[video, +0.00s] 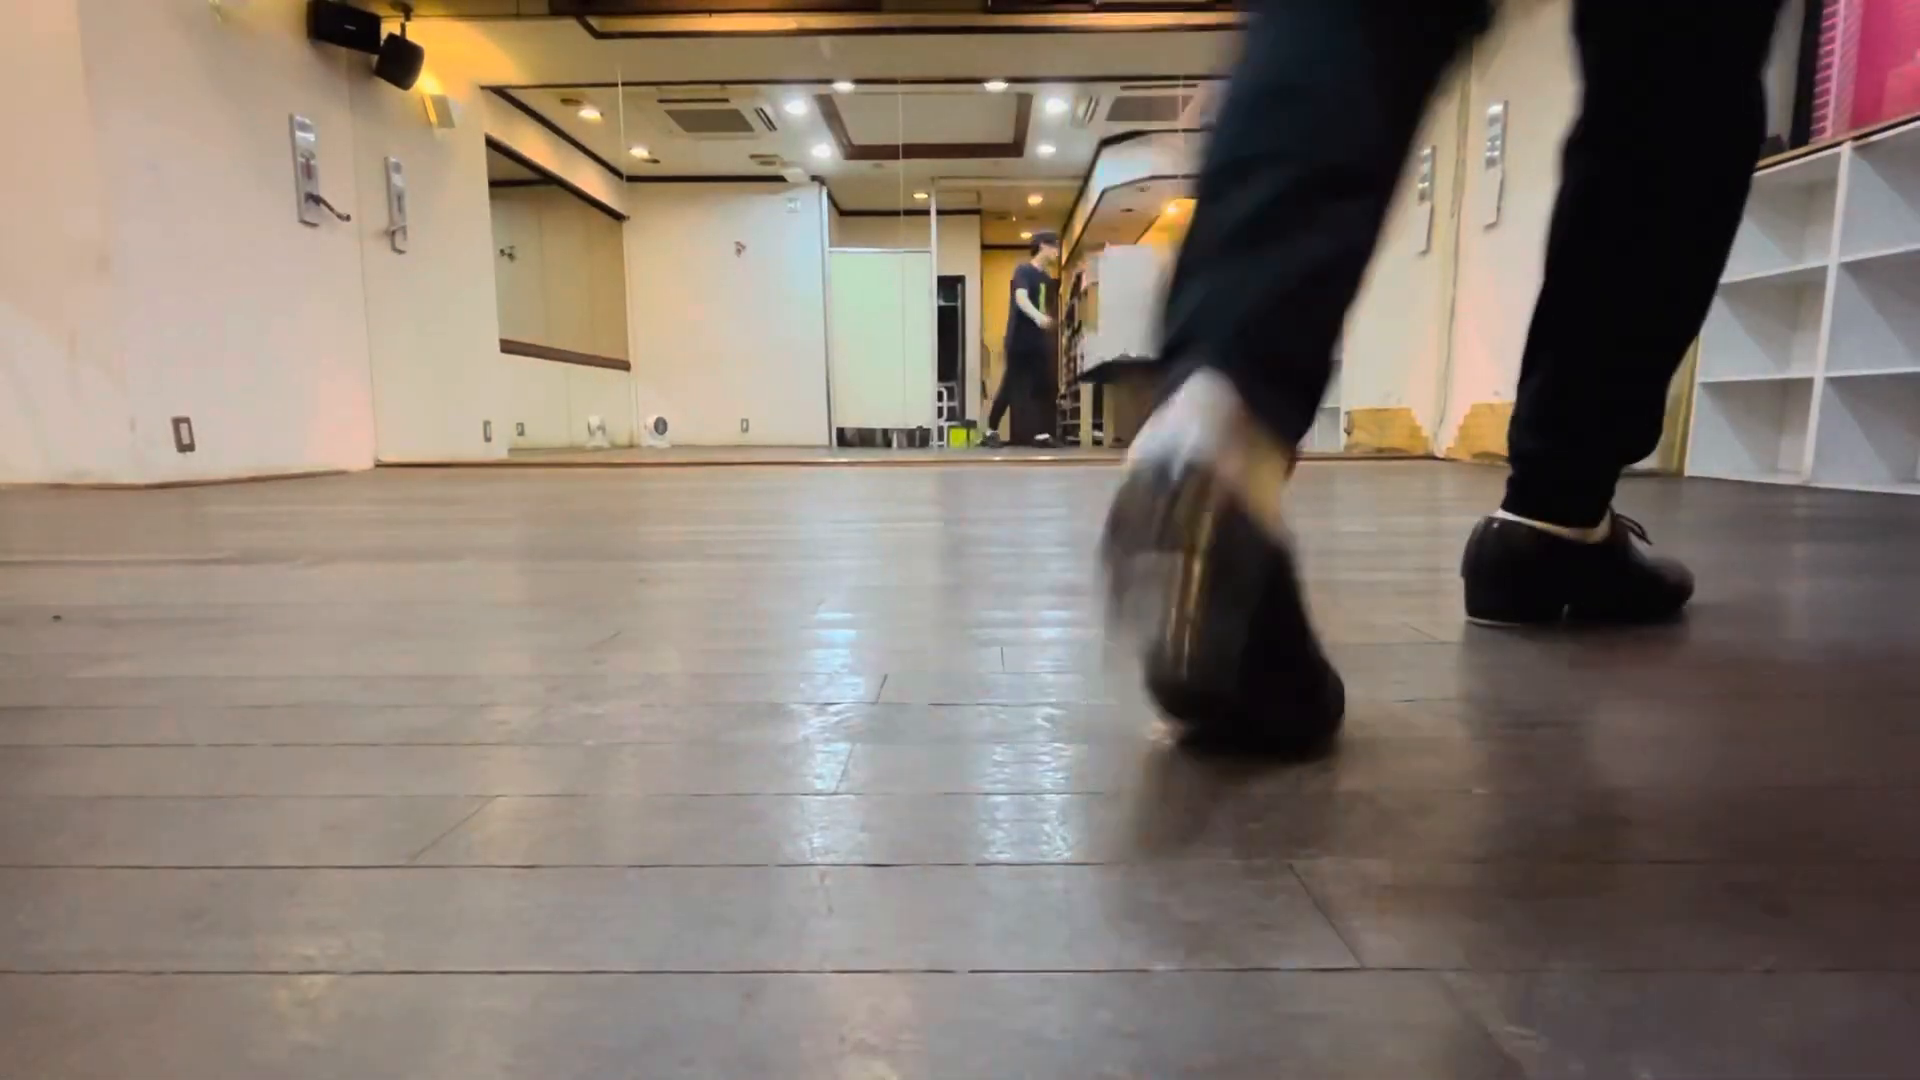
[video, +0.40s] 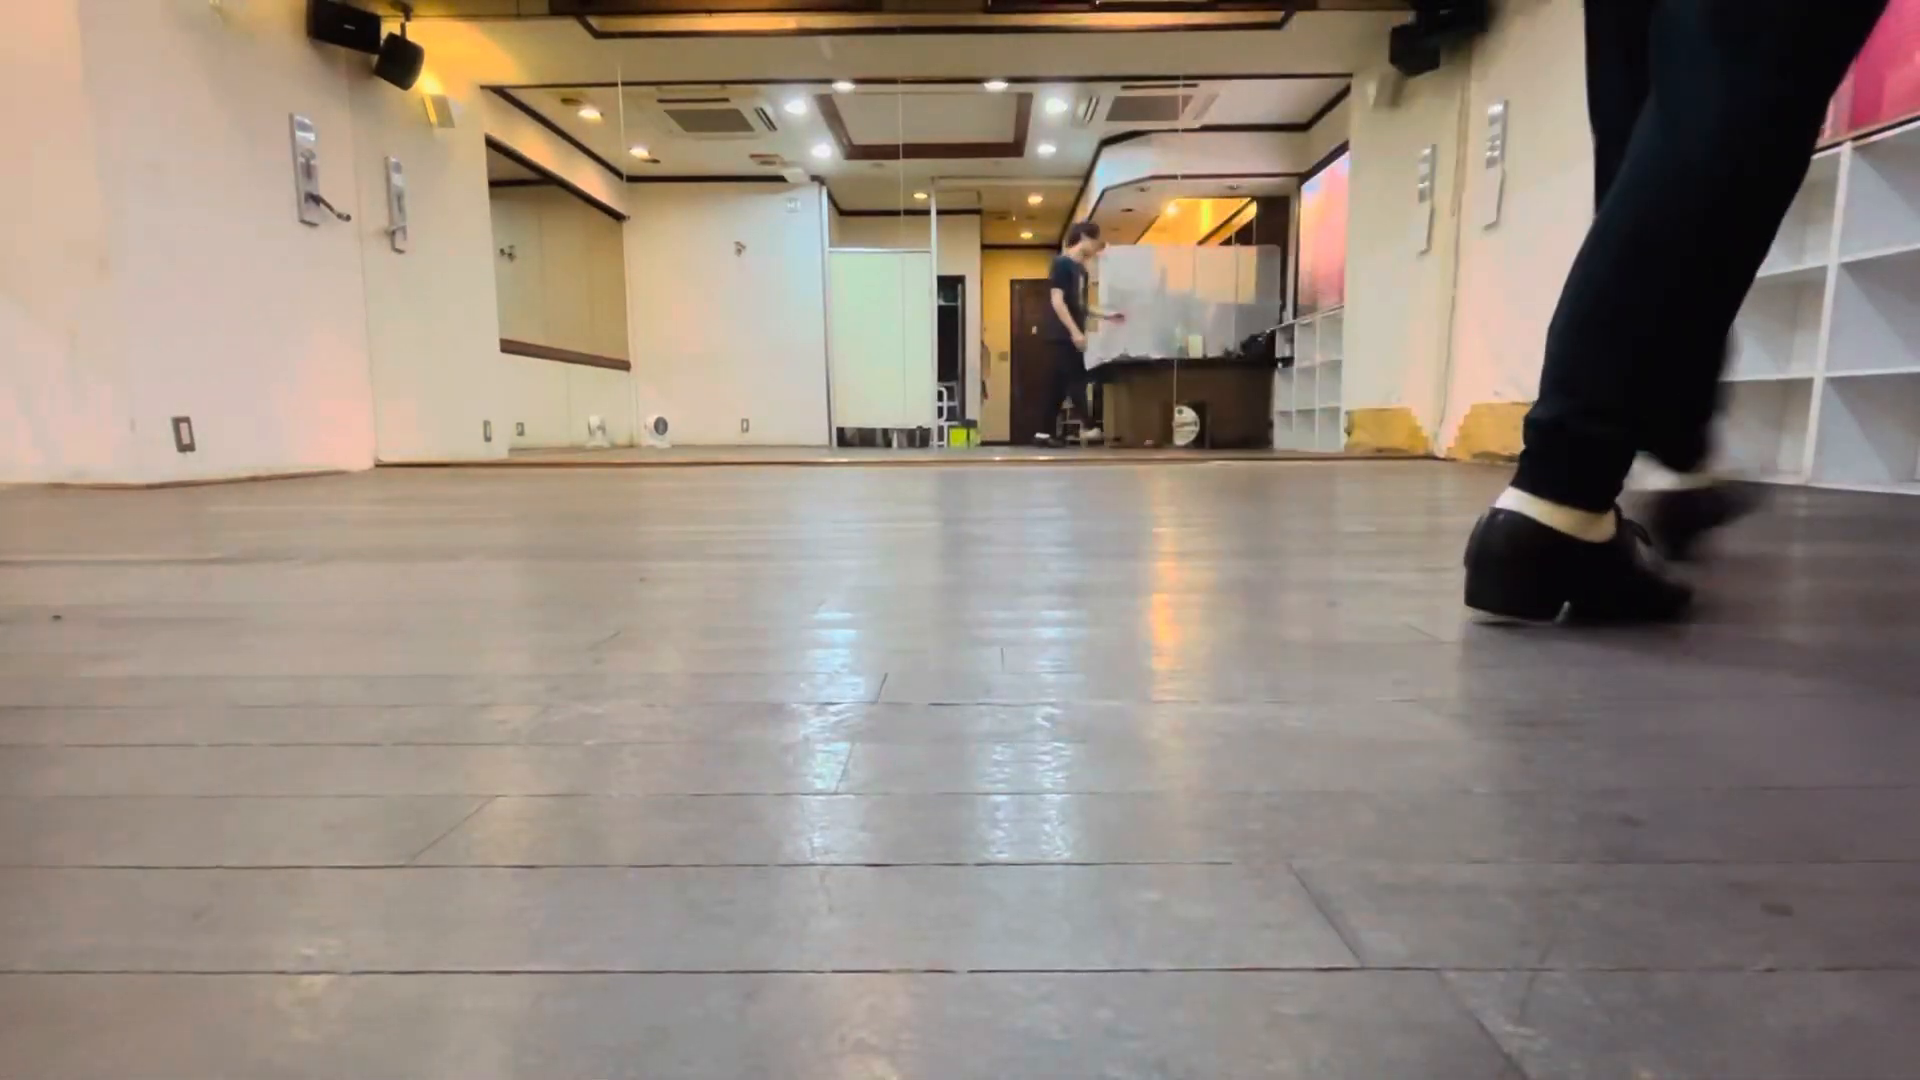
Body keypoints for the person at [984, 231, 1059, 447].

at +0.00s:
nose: (1057, 253)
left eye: (1057, 248)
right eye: (1054, 248)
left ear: (1049, 250)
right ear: (1041, 248)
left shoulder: (1049, 280)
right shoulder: (1024, 271)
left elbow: (1055, 311)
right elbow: (1021, 299)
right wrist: (1040, 317)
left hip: (1041, 340)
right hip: (1021, 338)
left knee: (1042, 384)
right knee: (1011, 382)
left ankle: (1041, 431)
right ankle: (992, 429)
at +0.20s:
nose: (1073, 250)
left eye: (1074, 245)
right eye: (1071, 245)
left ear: (1066, 245)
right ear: (1060, 243)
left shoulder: (1063, 276)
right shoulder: (1041, 268)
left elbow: (1064, 307)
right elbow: (1039, 303)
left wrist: (1072, 333)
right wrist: (1061, 330)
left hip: (1059, 332)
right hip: (1043, 332)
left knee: (1059, 378)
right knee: (1051, 377)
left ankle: (1047, 429)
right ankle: (1041, 429)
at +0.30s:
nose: (1084, 249)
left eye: (1085, 244)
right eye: (1082, 243)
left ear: (1076, 242)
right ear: (1071, 240)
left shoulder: (1072, 272)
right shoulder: (1052, 265)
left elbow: (1073, 308)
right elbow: (1047, 302)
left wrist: (1094, 325)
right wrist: (1061, 335)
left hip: (1067, 333)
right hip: (1053, 334)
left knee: (1065, 377)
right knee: (1062, 376)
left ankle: (1056, 426)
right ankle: (1052, 426)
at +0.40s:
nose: (1096, 249)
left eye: (1097, 244)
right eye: (1094, 243)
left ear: (1084, 242)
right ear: (1080, 240)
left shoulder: (1080, 269)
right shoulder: (1062, 264)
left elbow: (1080, 306)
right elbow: (1057, 300)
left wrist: (1107, 316)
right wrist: (1075, 332)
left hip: (1071, 333)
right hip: (1060, 334)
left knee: (1060, 380)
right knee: (1076, 378)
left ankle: (1046, 429)